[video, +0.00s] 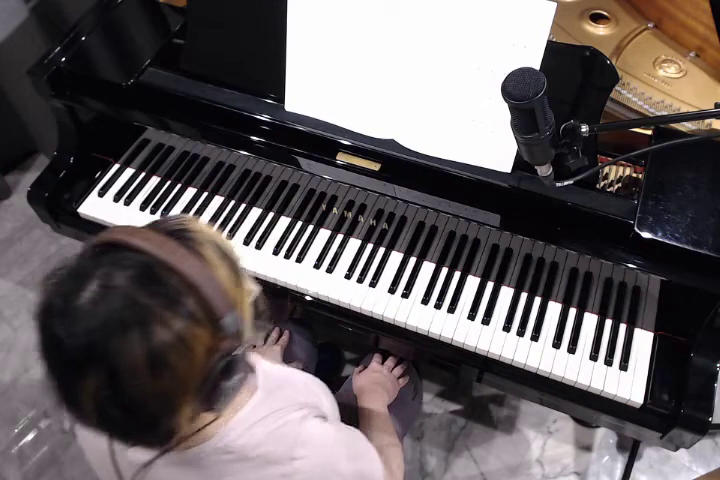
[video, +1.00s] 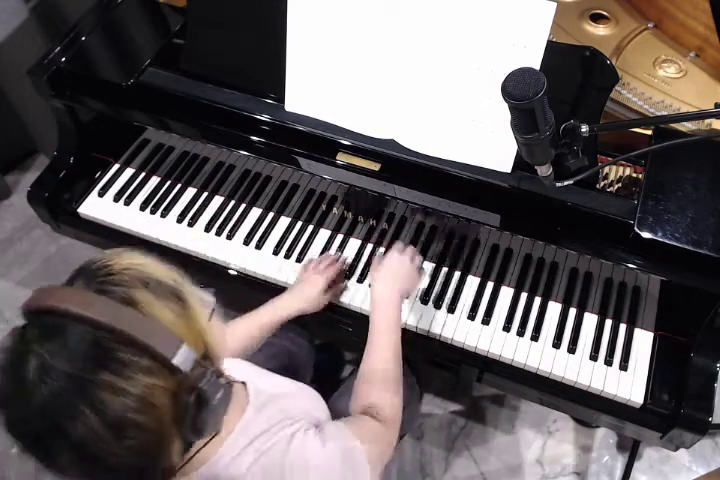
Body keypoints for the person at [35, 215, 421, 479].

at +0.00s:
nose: (245, 287)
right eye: (234, 287)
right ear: (223, 342)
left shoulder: (94, 422)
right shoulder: (321, 451)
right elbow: (385, 469)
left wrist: (261, 363)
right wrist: (374, 405)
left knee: (294, 336)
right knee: (397, 370)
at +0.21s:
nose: (208, 286)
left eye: (194, 279)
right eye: (198, 291)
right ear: (186, 361)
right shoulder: (290, 456)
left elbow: (169, 401)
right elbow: (396, 468)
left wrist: (252, 373)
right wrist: (374, 411)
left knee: (292, 334)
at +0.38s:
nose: (185, 307)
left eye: (173, 301)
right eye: (175, 309)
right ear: (159, 368)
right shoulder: (269, 462)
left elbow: (190, 383)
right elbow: (418, 464)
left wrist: (254, 364)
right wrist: (384, 389)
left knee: (298, 347)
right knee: (391, 363)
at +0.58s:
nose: (175, 319)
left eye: (163, 311)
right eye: (165, 322)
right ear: (146, 371)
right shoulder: (263, 466)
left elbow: (146, 378)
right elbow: (423, 444)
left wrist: (236, 336)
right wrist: (378, 329)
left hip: (227, 387)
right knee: (382, 345)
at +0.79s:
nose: (175, 319)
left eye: (162, 314)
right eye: (163, 322)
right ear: (147, 379)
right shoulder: (279, 465)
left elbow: (181, 358)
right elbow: (386, 416)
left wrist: (267, 298)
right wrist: (386, 282)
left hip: (232, 381)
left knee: (284, 331)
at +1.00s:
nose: (200, 295)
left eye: (185, 292)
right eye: (187, 300)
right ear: (180, 362)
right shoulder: (288, 462)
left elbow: (208, 350)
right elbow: (378, 423)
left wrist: (294, 301)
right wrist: (387, 301)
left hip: (251, 377)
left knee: (292, 337)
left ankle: (316, 387)